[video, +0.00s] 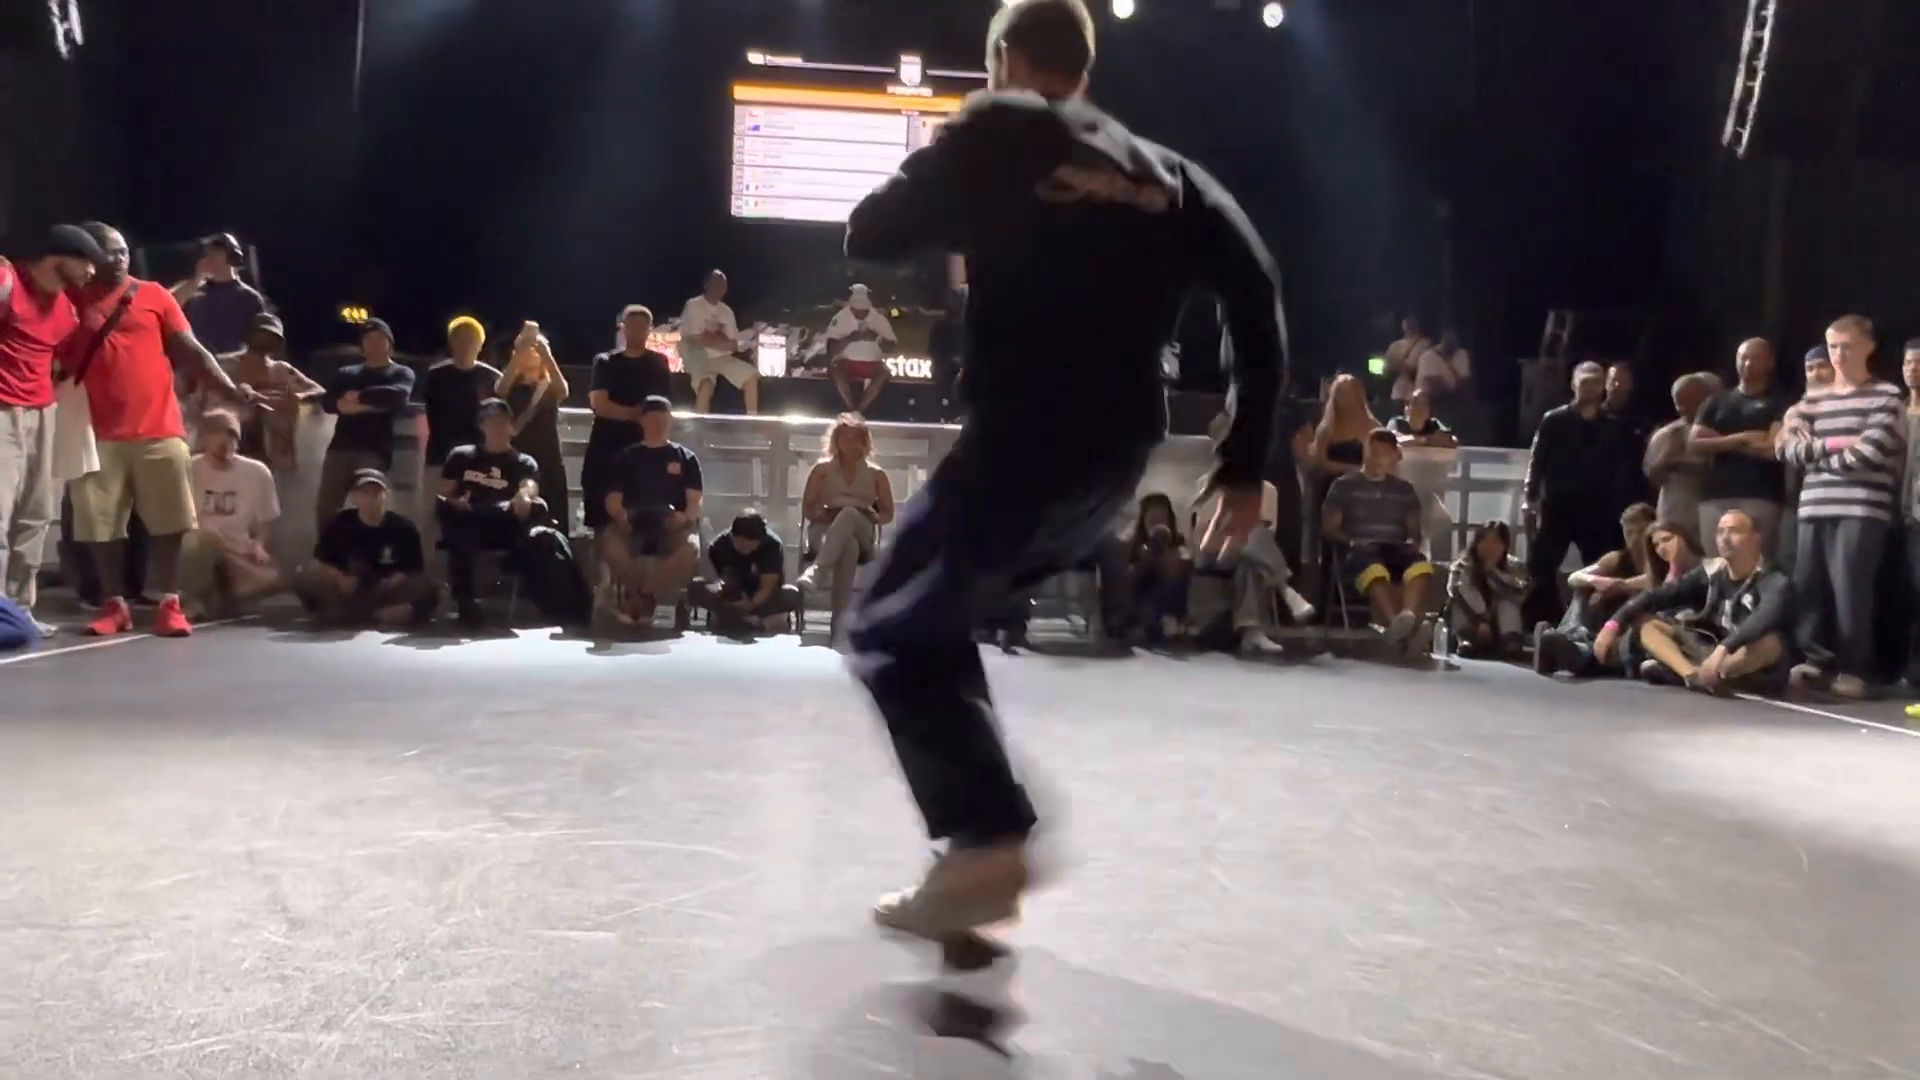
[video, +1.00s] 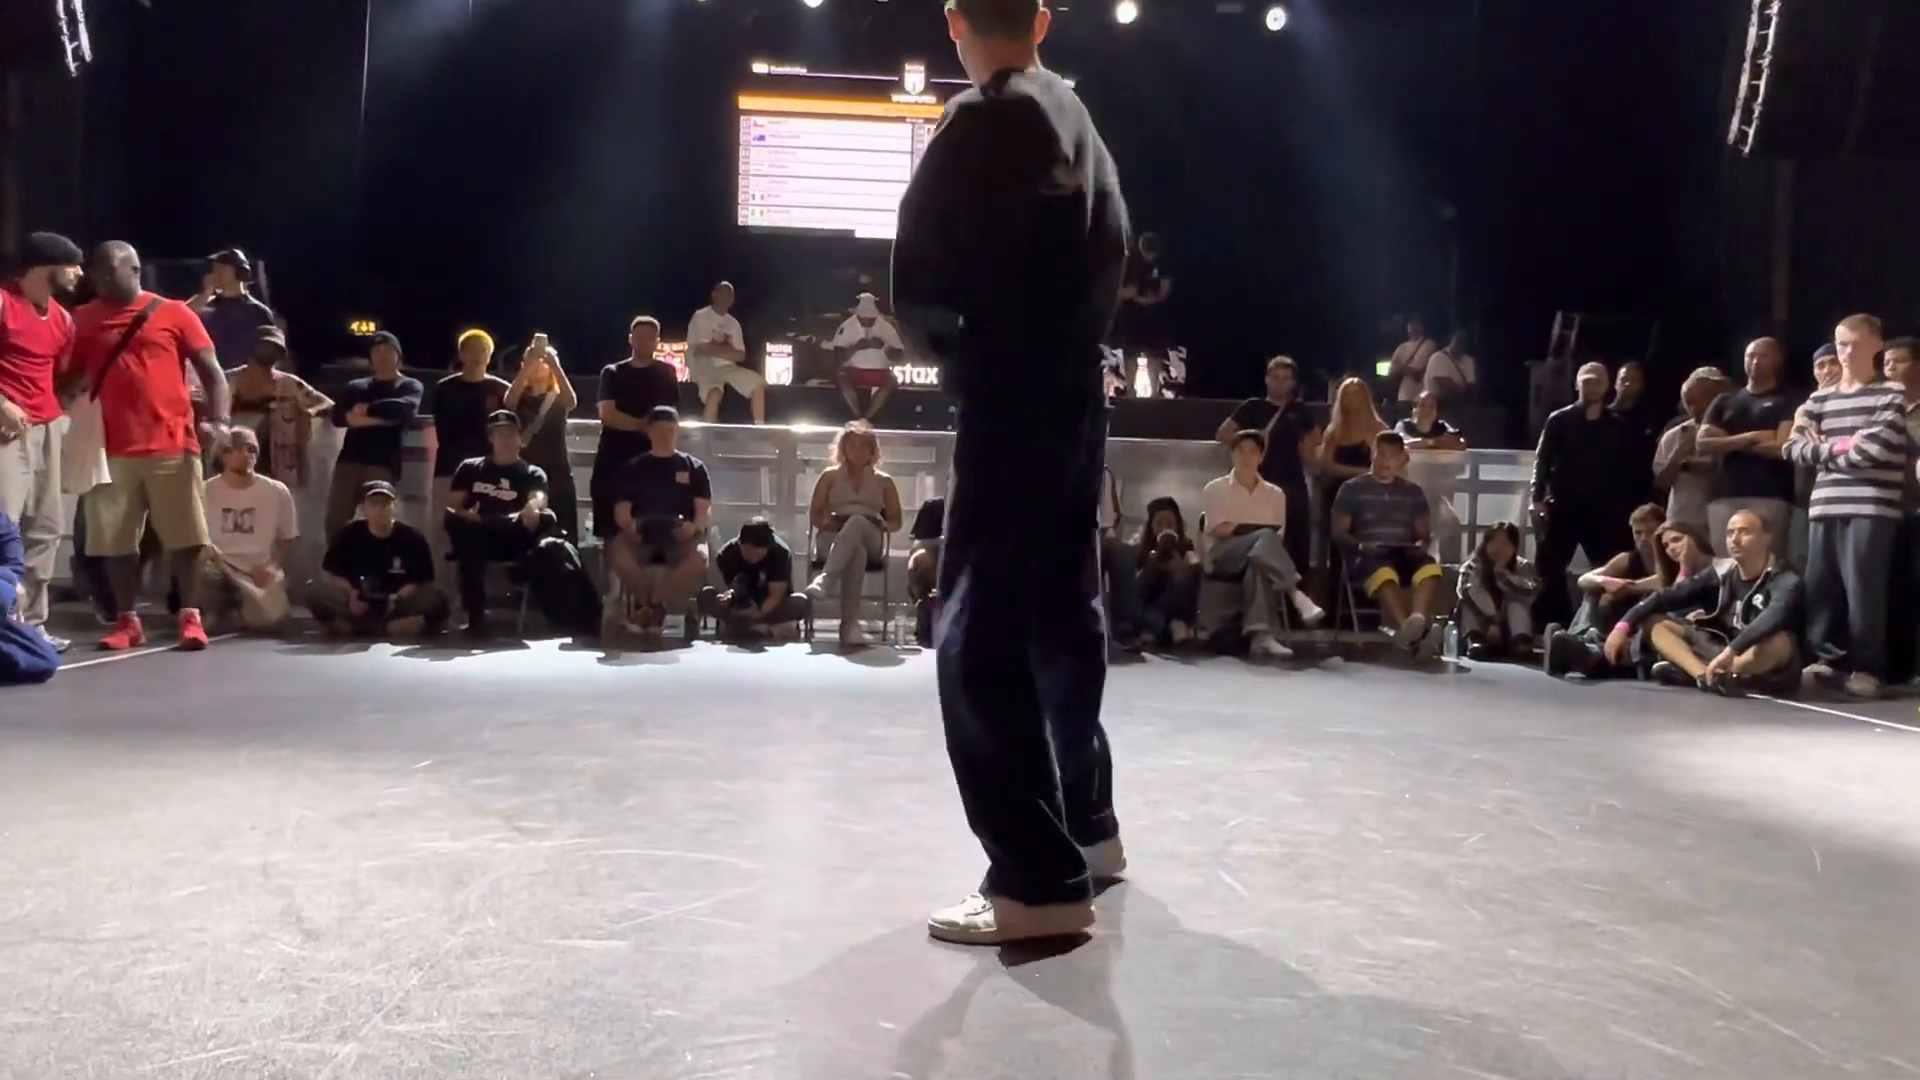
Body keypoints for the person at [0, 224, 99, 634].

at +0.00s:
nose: (77, 284)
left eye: (80, 278)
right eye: (73, 275)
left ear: (63, 266)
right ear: (53, 259)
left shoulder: (66, 306)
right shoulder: (9, 283)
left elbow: (64, 359)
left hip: (43, 410)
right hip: (6, 410)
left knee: (37, 512)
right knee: (4, 510)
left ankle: (21, 607)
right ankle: (3, 606)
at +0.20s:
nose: (84, 289)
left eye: (87, 283)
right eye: (79, 281)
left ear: (73, 280)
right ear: (55, 271)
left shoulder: (70, 322)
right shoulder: (14, 297)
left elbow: (69, 374)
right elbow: (5, 313)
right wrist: (6, 291)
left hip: (46, 423)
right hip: (8, 421)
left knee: (42, 523)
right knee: (7, 520)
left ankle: (25, 620)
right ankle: (7, 619)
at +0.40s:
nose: (65, 300)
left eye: (72, 294)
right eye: (63, 289)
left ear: (74, 288)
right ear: (43, 273)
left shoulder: (66, 322)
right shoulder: (9, 300)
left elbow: (66, 378)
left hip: (45, 425)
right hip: (6, 425)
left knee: (42, 527)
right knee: (7, 524)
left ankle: (28, 620)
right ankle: (10, 621)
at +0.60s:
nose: (67, 296)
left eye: (71, 289)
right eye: (63, 287)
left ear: (60, 281)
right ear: (41, 276)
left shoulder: (65, 323)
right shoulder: (8, 303)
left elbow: (65, 379)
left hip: (47, 427)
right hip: (8, 427)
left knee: (47, 524)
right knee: (10, 520)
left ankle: (31, 622)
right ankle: (14, 621)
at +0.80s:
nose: (76, 289)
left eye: (77, 281)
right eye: (70, 281)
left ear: (58, 280)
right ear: (44, 276)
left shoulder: (67, 325)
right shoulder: (7, 306)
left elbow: (66, 383)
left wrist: (60, 414)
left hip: (49, 430)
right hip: (8, 429)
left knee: (48, 528)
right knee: (6, 526)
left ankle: (32, 625)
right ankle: (8, 625)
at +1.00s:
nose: (74, 275)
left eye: (74, 268)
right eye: (67, 268)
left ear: (48, 271)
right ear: (41, 268)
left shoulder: (62, 318)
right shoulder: (7, 304)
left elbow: (64, 372)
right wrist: (3, 403)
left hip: (52, 424)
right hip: (10, 426)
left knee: (47, 525)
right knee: (7, 524)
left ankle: (33, 622)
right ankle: (8, 621)